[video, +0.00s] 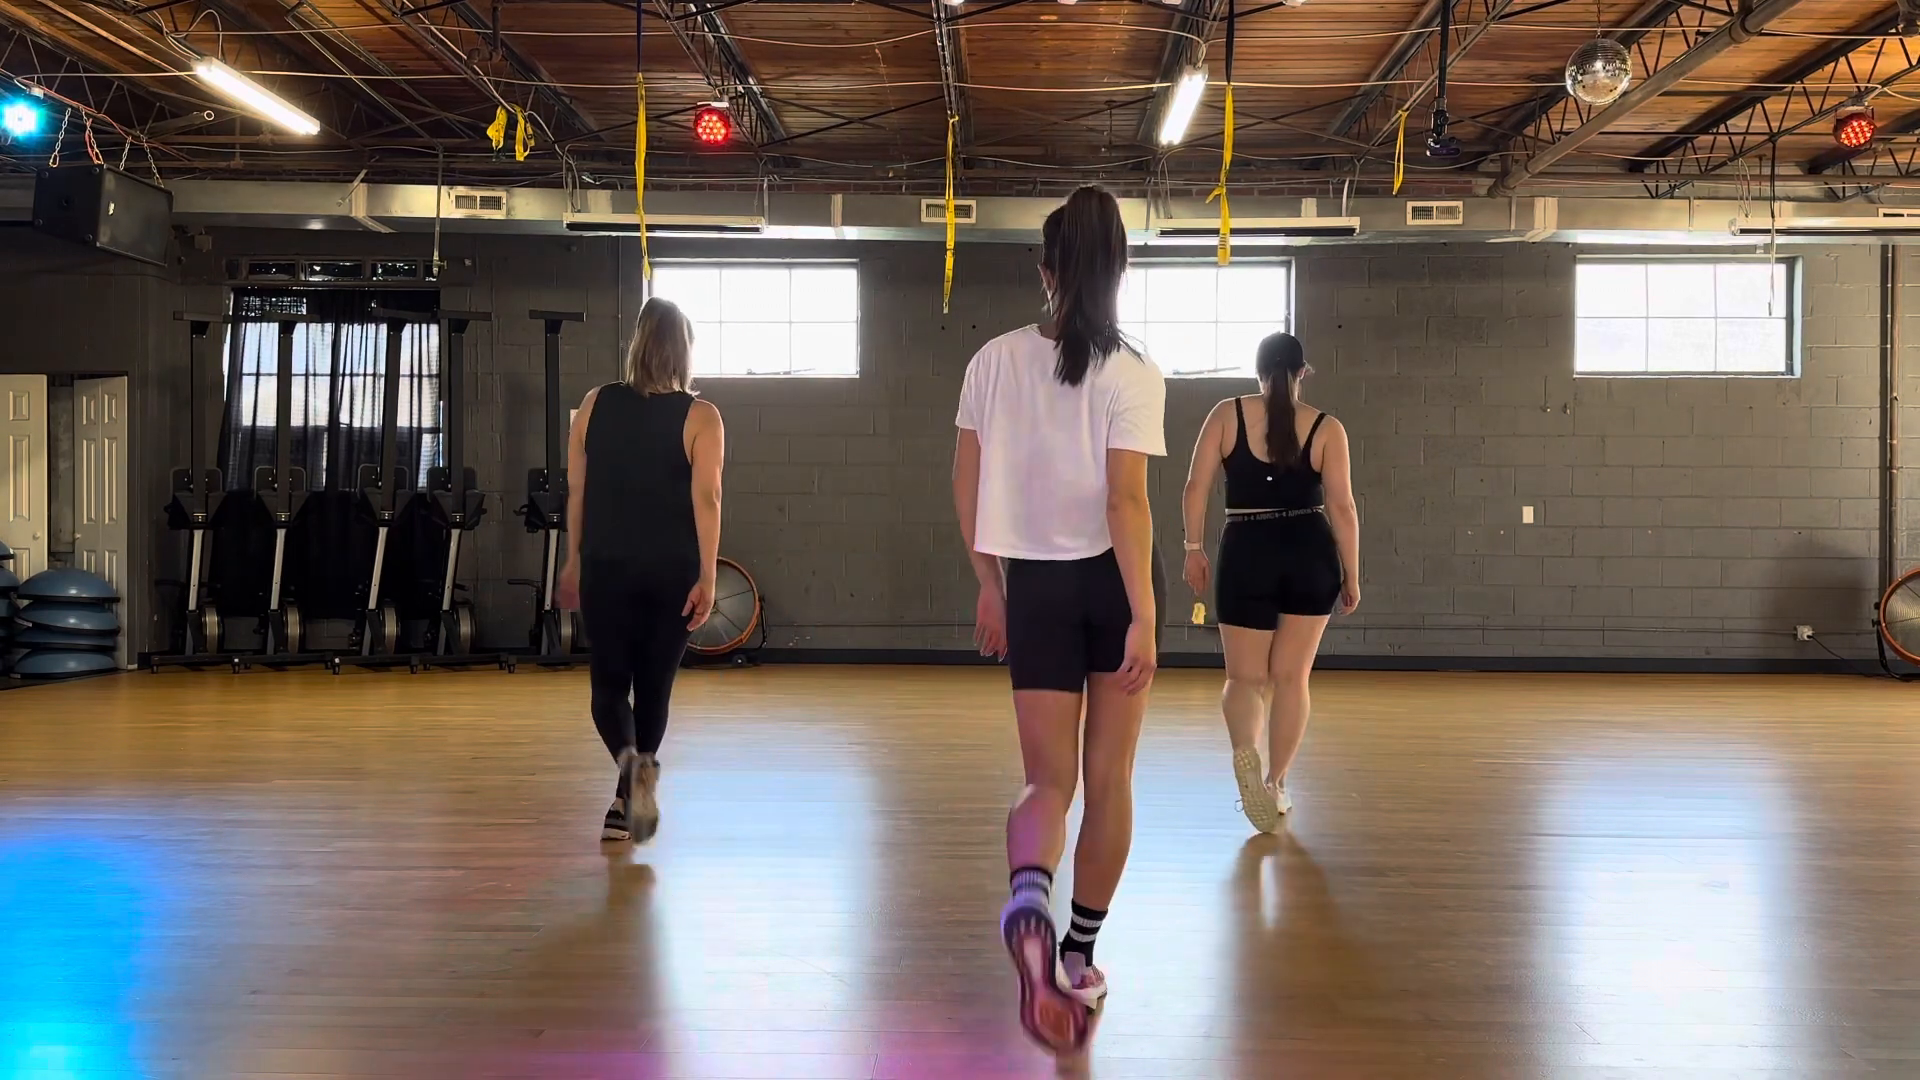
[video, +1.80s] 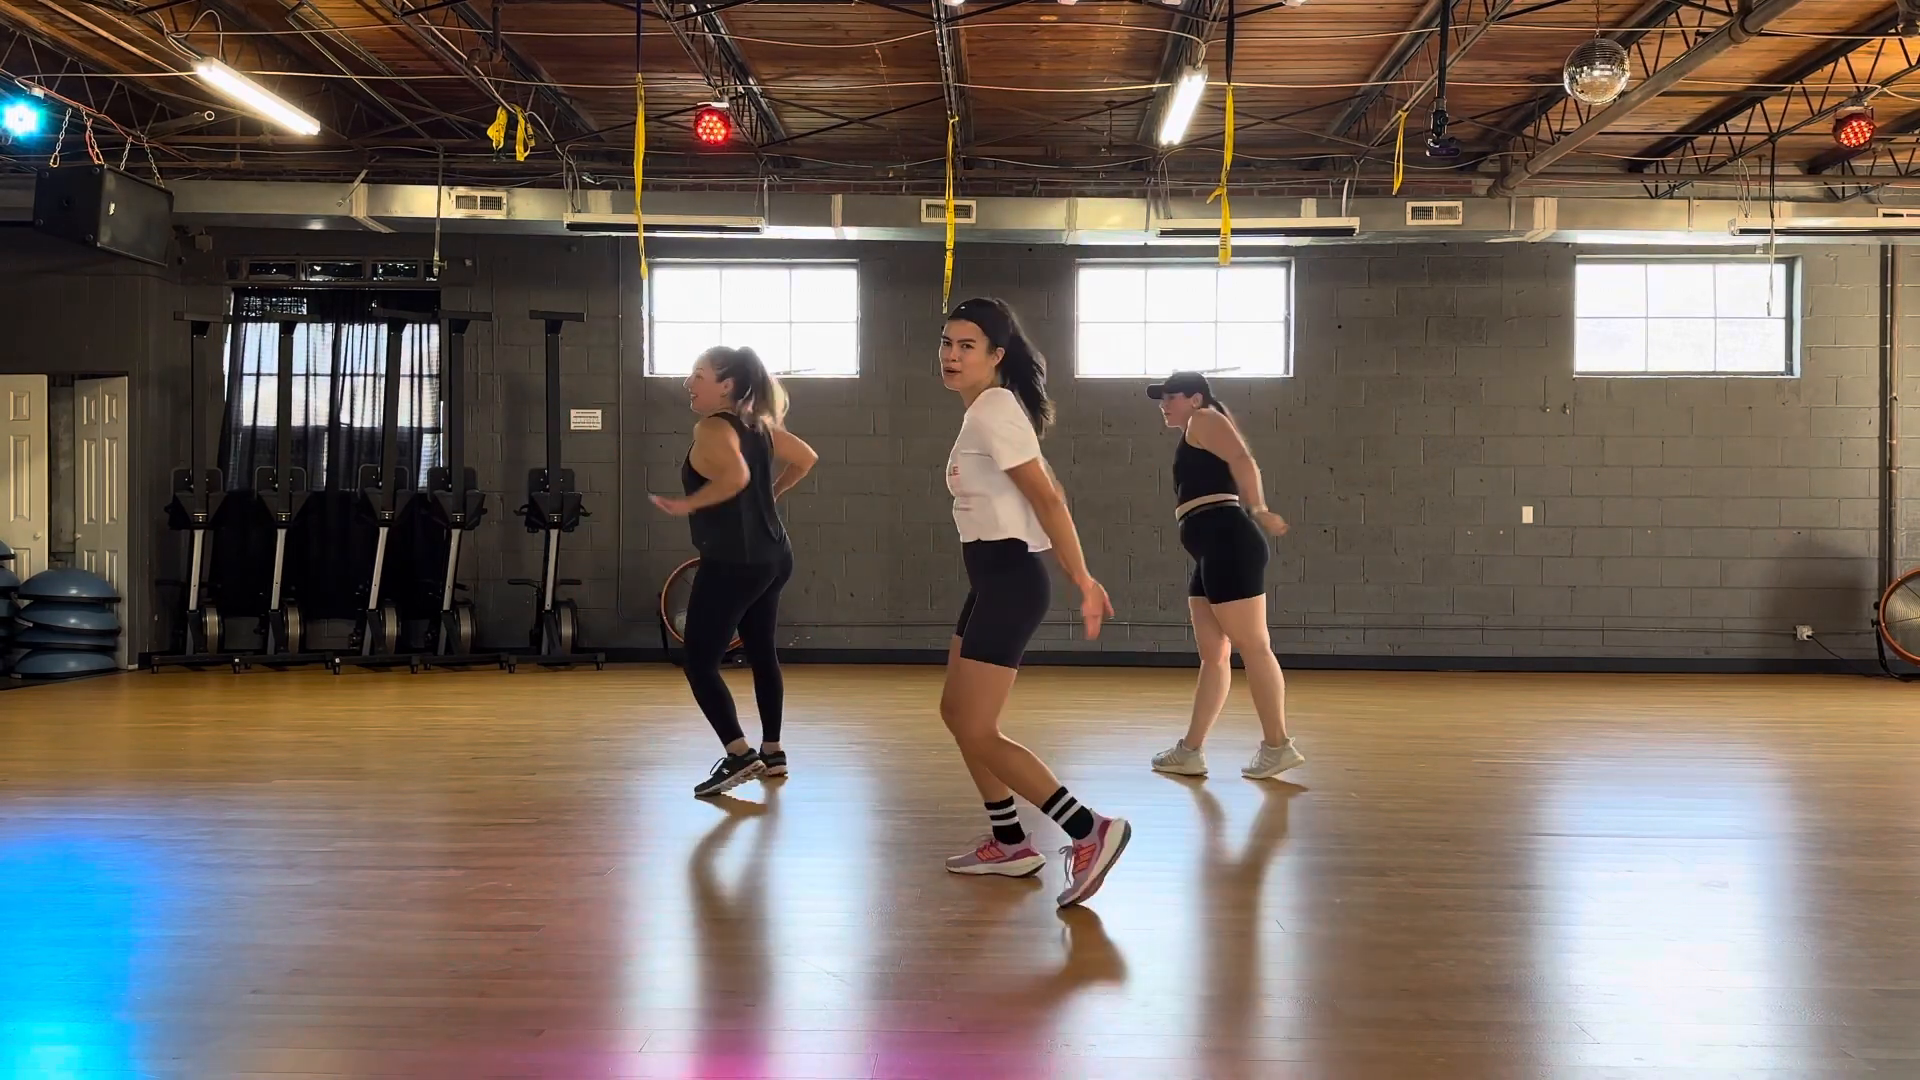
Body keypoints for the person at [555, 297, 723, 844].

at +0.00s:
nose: (687, 354)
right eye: (689, 345)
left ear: (635, 345)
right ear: (685, 350)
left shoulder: (593, 405)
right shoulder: (702, 415)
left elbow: (577, 491)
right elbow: (707, 497)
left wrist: (573, 558)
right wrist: (707, 575)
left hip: (605, 570)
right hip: (672, 572)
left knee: (608, 684)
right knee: (654, 687)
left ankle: (632, 761)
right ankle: (623, 804)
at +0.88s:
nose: (706, 364)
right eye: (708, 355)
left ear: (666, 362)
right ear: (711, 362)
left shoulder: (639, 419)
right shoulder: (730, 417)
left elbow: (625, 491)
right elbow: (743, 490)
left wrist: (598, 548)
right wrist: (770, 560)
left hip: (653, 559)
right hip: (712, 559)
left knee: (681, 665)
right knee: (705, 671)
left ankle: (698, 771)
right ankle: (656, 755)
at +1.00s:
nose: (716, 366)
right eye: (715, 358)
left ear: (672, 364)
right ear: (715, 364)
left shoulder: (648, 421)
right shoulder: (733, 416)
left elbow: (622, 489)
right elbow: (757, 484)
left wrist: (562, 496)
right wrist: (826, 512)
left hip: (660, 561)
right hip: (720, 561)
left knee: (685, 665)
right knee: (736, 659)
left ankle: (700, 773)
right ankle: (677, 692)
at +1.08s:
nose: (721, 368)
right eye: (720, 360)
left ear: (676, 366)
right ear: (719, 365)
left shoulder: (653, 421)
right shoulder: (737, 417)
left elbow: (611, 480)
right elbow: (771, 476)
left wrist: (566, 438)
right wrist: (832, 453)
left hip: (664, 558)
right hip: (725, 557)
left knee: (687, 662)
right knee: (744, 642)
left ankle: (700, 773)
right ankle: (704, 673)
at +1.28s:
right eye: (725, 358)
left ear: (687, 367)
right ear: (730, 367)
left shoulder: (662, 418)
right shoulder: (751, 419)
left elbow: (602, 449)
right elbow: (809, 450)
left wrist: (630, 394)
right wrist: (791, 409)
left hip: (679, 557)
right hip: (739, 555)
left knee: (692, 665)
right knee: (750, 643)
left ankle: (701, 769)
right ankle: (758, 732)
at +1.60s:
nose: (694, 382)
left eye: (697, 375)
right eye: (696, 375)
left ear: (707, 380)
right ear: (748, 381)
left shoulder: (688, 427)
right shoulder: (768, 427)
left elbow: (655, 467)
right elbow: (826, 455)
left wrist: (645, 446)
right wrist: (794, 465)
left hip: (711, 567)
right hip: (767, 563)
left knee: (706, 669)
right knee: (764, 655)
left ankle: (713, 759)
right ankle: (772, 752)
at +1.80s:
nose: (690, 381)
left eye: (700, 375)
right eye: (694, 373)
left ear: (727, 387)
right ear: (732, 390)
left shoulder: (713, 429)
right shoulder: (758, 429)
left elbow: (735, 476)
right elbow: (806, 457)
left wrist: (688, 502)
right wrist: (772, 493)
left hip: (732, 563)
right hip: (772, 556)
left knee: (699, 662)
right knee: (762, 651)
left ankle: (738, 752)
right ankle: (772, 749)